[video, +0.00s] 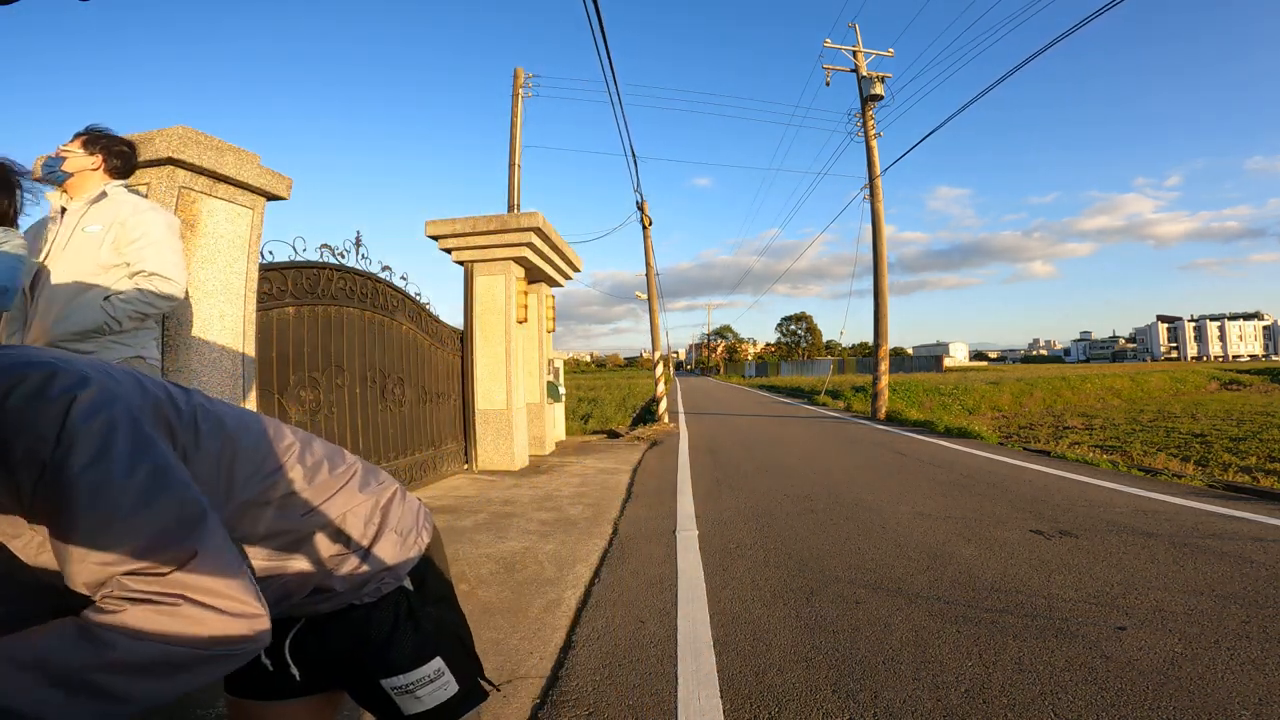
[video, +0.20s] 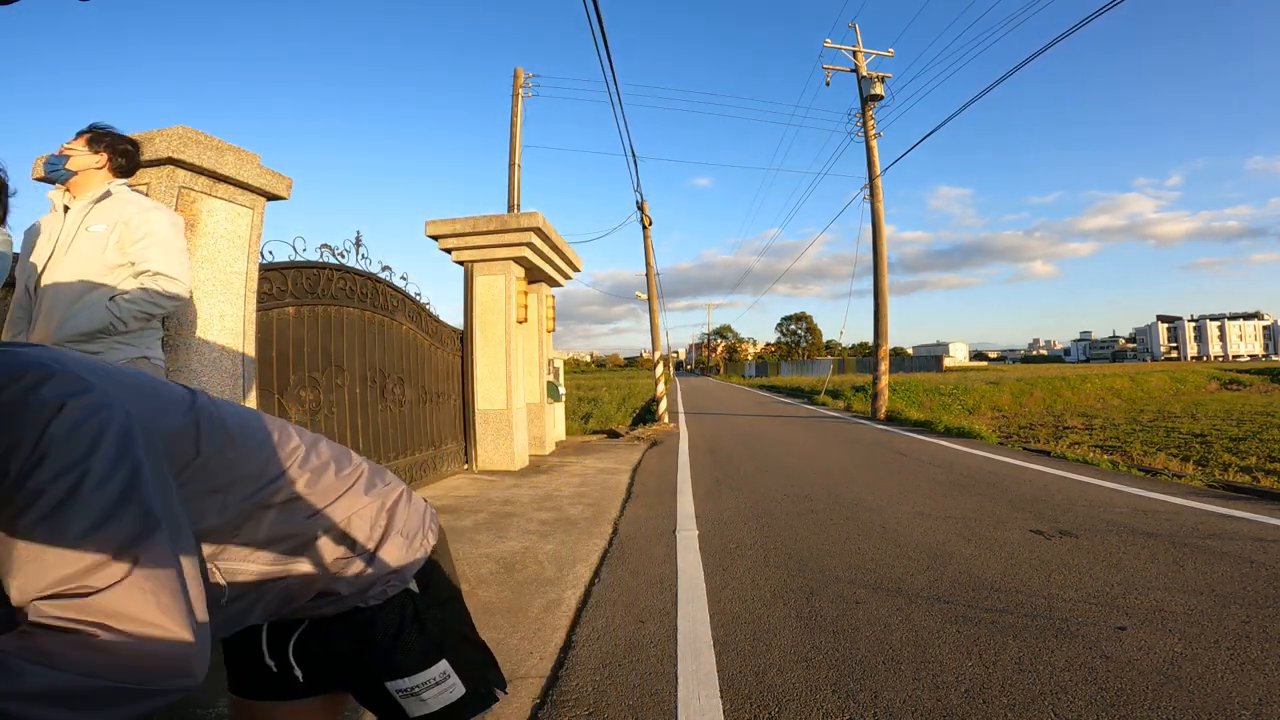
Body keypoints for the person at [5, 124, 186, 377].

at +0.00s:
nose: (56, 155)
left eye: (67, 151)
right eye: (60, 150)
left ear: (96, 161)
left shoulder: (144, 216)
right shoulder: (38, 229)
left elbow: (165, 287)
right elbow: (13, 296)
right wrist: (13, 348)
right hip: (41, 359)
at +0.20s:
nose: (58, 152)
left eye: (71, 147)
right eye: (63, 147)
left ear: (101, 160)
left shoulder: (148, 216)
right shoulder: (39, 229)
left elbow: (170, 286)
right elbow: (20, 309)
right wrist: (12, 356)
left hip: (119, 370)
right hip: (44, 363)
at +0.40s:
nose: (63, 151)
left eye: (75, 146)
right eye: (66, 146)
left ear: (105, 159)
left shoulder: (153, 215)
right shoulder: (42, 229)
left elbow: (175, 286)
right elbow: (24, 308)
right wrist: (17, 355)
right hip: (48, 360)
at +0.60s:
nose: (62, 154)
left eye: (74, 149)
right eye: (66, 148)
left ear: (108, 158)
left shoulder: (157, 215)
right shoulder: (45, 228)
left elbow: (184, 284)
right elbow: (28, 307)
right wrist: (27, 354)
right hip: (54, 360)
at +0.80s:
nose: (60, 155)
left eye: (72, 150)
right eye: (64, 149)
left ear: (105, 159)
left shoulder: (153, 215)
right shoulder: (46, 229)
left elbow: (187, 282)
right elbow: (31, 306)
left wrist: (119, 318)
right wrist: (35, 356)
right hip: (59, 363)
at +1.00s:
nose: (57, 158)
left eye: (67, 151)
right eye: (60, 151)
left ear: (96, 161)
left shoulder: (152, 214)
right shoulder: (55, 223)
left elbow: (187, 282)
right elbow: (36, 294)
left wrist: (121, 316)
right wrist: (36, 351)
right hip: (67, 361)